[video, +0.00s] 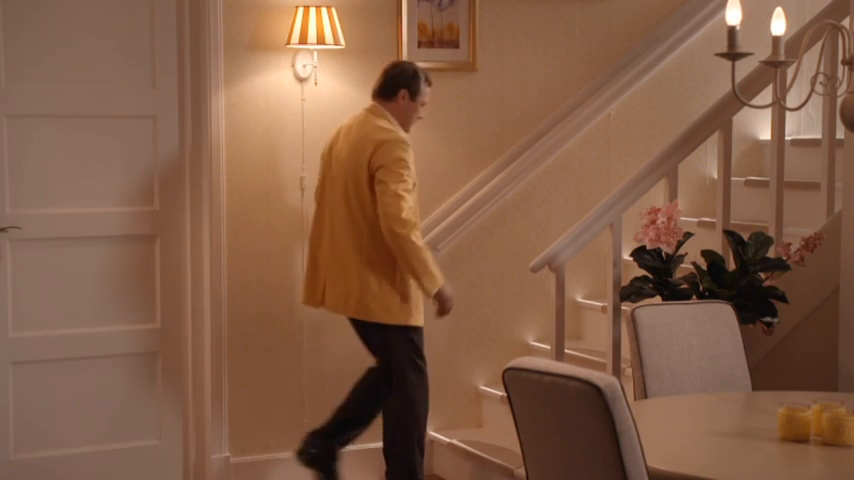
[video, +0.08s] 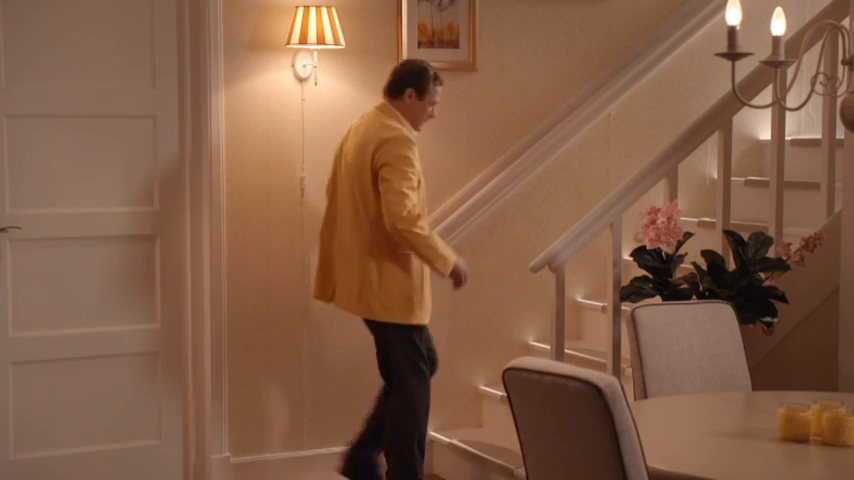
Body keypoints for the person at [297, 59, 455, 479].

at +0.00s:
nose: (422, 114)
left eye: (424, 104)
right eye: (421, 103)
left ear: (390, 96)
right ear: (402, 97)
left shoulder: (344, 134)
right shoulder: (391, 143)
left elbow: (327, 207)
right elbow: (399, 224)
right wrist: (436, 284)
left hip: (347, 279)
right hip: (383, 285)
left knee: (391, 366)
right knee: (409, 379)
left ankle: (324, 444)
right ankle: (405, 473)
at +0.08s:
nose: (433, 114)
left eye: (436, 104)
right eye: (431, 103)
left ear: (402, 96)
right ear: (409, 96)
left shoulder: (363, 127)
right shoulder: (395, 139)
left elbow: (339, 199)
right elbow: (403, 218)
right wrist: (448, 261)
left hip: (366, 276)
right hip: (387, 281)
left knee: (420, 362)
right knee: (411, 376)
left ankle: (363, 458)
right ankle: (406, 473)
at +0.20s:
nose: (446, 109)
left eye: (447, 101)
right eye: (440, 100)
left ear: (413, 97)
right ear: (413, 95)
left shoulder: (393, 131)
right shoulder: (396, 136)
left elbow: (358, 203)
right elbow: (388, 207)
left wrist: (348, 265)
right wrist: (439, 236)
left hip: (410, 286)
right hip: (395, 288)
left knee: (434, 380)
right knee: (411, 384)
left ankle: (426, 473)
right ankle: (405, 475)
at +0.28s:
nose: (448, 109)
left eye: (450, 100)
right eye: (440, 101)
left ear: (431, 98)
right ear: (412, 95)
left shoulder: (423, 134)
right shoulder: (391, 134)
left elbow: (406, 202)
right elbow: (369, 201)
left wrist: (358, 257)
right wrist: (423, 232)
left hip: (421, 277)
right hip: (393, 282)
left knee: (439, 378)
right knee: (412, 382)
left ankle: (435, 471)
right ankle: (404, 474)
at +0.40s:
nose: (445, 108)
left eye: (449, 99)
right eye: (434, 100)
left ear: (453, 95)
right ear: (410, 98)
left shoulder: (441, 135)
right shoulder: (387, 134)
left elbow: (434, 190)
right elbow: (340, 187)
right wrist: (392, 231)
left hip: (438, 267)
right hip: (398, 271)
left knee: (441, 377)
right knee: (413, 379)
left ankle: (435, 472)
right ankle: (404, 474)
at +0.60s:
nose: (422, 110)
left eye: (431, 101)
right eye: (414, 101)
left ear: (446, 93)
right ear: (404, 96)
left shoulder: (472, 127)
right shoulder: (383, 129)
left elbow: (495, 164)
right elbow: (326, 163)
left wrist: (476, 211)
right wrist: (359, 213)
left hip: (445, 268)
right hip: (394, 265)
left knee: (438, 370)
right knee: (403, 365)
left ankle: (436, 471)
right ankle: (397, 473)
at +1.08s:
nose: (456, 92)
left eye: (455, 85)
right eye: (449, 85)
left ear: (429, 92)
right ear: (423, 90)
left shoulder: (436, 138)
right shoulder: (383, 137)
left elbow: (447, 188)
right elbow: (345, 200)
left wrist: (490, 201)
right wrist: (394, 253)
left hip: (428, 271)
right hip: (382, 272)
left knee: (447, 374)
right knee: (377, 378)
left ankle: (441, 472)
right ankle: (348, 472)